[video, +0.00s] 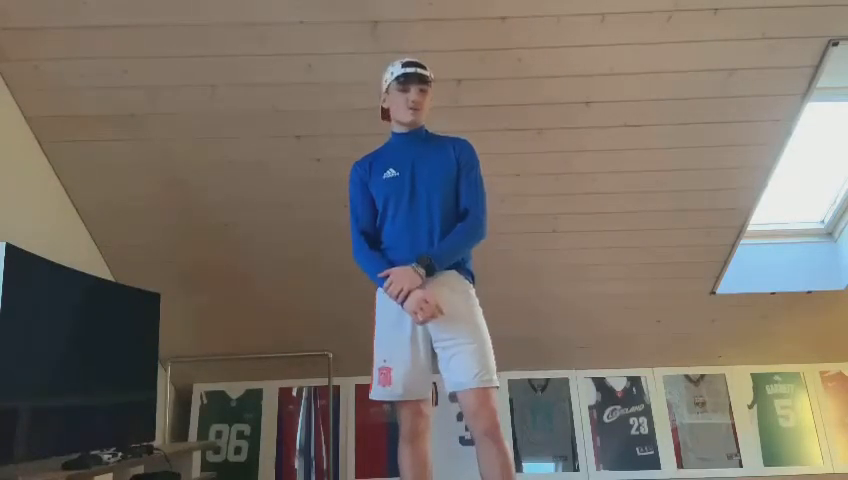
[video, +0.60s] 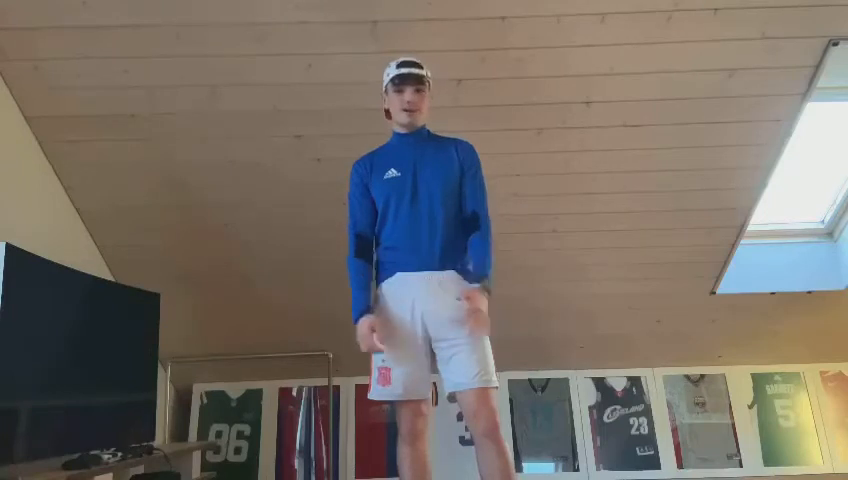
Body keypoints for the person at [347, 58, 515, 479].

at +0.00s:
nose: (414, 97)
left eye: (421, 90)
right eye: (403, 89)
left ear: (430, 99)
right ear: (386, 101)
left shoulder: (458, 150)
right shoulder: (366, 169)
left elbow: (475, 224)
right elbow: (362, 246)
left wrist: (421, 268)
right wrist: (404, 291)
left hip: (452, 289)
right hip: (395, 297)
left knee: (484, 416)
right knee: (413, 419)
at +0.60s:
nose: (410, 97)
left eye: (418, 89)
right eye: (400, 89)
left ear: (429, 99)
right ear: (386, 103)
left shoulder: (460, 152)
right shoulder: (367, 168)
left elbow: (479, 223)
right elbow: (360, 245)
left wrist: (477, 282)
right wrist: (363, 311)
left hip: (454, 291)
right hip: (394, 296)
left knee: (484, 417)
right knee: (412, 421)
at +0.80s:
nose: (407, 95)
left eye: (415, 87)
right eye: (397, 89)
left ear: (426, 96)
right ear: (383, 104)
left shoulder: (459, 151)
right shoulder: (367, 167)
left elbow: (493, 222)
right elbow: (347, 249)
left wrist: (532, 287)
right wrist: (323, 321)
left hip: (452, 293)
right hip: (395, 298)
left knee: (484, 416)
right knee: (412, 420)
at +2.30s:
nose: (413, 95)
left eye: (419, 87)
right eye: (402, 87)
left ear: (426, 96)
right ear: (380, 99)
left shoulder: (454, 150)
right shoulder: (361, 168)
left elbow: (482, 218)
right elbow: (348, 239)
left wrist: (486, 262)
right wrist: (337, 288)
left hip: (451, 294)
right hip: (394, 299)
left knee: (482, 417)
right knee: (411, 422)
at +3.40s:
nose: (412, 115)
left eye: (419, 105)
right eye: (402, 105)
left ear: (428, 105)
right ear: (381, 105)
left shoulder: (455, 151)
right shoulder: (363, 172)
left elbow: (496, 207)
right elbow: (354, 252)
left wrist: (447, 228)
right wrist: (388, 257)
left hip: (466, 289)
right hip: (409, 296)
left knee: (505, 405)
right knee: (418, 419)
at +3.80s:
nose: (452, 107)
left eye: (460, 98)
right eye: (443, 96)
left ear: (469, 96)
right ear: (421, 91)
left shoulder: (487, 146)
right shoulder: (391, 158)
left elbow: (534, 206)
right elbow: (374, 239)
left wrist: (487, 222)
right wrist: (410, 230)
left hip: (486, 289)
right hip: (429, 293)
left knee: (513, 409)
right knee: (430, 420)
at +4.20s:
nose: (498, 106)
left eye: (509, 97)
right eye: (490, 94)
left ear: (519, 94)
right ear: (472, 84)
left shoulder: (534, 141)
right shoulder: (439, 146)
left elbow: (576, 195)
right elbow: (409, 223)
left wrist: (511, 182)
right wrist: (455, 192)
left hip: (522, 288)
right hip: (463, 293)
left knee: (532, 413)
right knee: (447, 419)